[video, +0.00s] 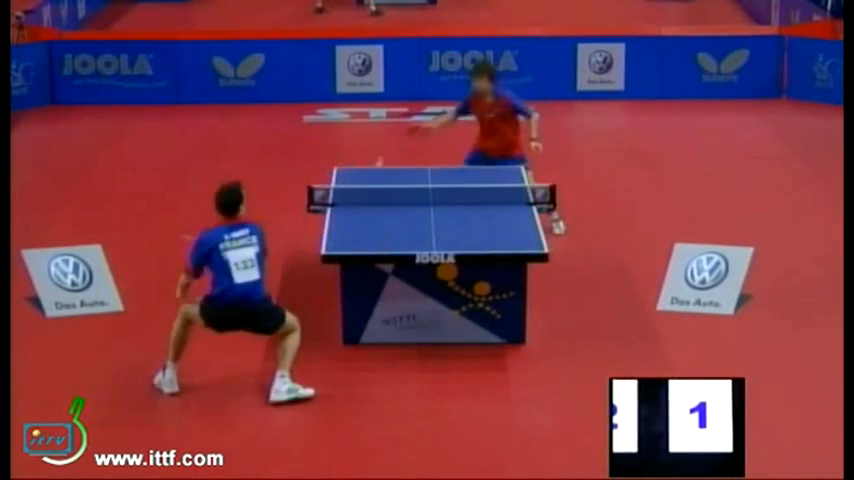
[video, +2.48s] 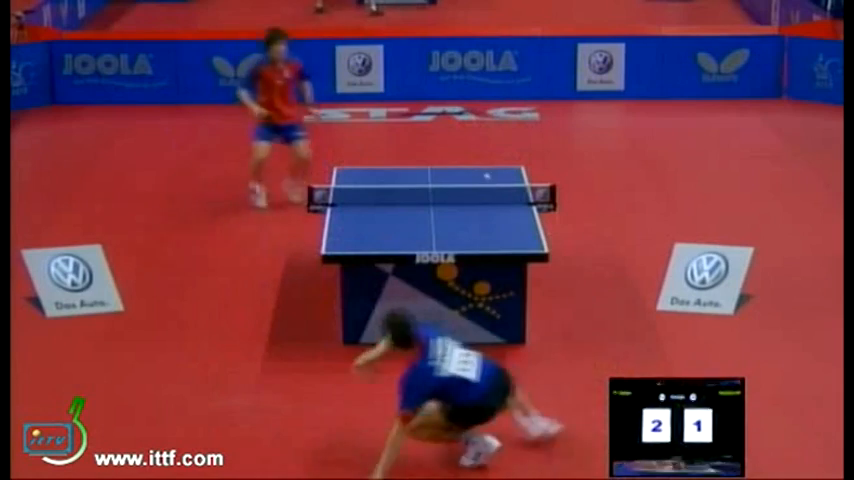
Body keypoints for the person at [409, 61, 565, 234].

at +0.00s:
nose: (479, 86)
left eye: (483, 81)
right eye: (477, 81)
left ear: (491, 82)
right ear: (473, 82)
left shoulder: (504, 99)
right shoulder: (473, 99)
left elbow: (532, 115)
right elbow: (454, 115)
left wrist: (533, 139)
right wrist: (432, 127)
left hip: (510, 154)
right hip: (483, 153)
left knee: (528, 188)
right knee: (463, 183)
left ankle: (554, 218)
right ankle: (460, 220)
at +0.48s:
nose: (412, 68)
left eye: (415, 64)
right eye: (409, 65)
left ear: (421, 63)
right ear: (405, 66)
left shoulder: (435, 80)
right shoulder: (402, 81)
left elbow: (455, 93)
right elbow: (390, 94)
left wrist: (458, 109)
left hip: (430, 133)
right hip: (407, 133)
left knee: (441, 165)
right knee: (385, 160)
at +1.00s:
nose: (358, 62)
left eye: (360, 58)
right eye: (354, 59)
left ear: (365, 58)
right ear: (348, 60)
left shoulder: (376, 77)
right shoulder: (342, 77)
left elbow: (389, 99)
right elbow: (329, 99)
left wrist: (387, 113)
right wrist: (328, 118)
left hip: (370, 130)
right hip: (345, 129)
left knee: (387, 165)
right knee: (323, 160)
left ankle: (397, 198)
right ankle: (304, 188)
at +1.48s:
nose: (257, 84)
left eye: (257, 80)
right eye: (255, 81)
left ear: (262, 75)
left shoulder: (280, 84)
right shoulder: (275, 87)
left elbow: (291, 108)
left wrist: (279, 131)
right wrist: (271, 135)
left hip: (320, 127)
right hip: (302, 128)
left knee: (311, 165)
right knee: (280, 159)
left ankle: (341, 178)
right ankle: (300, 185)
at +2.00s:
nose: (209, 74)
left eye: (212, 70)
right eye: (205, 71)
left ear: (217, 73)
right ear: (200, 75)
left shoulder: (227, 92)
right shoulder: (196, 93)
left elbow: (243, 109)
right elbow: (175, 98)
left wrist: (251, 114)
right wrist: (192, 73)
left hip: (220, 143)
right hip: (197, 143)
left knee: (241, 167)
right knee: (175, 177)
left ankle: (244, 200)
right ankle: (142, 202)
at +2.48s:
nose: (281, 50)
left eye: (283, 45)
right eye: (277, 46)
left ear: (286, 47)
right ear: (269, 48)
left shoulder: (294, 66)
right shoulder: (259, 67)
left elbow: (305, 84)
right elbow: (242, 89)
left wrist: (309, 105)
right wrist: (254, 108)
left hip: (290, 116)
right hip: (268, 117)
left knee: (303, 154)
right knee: (260, 155)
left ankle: (294, 184)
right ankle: (256, 187)